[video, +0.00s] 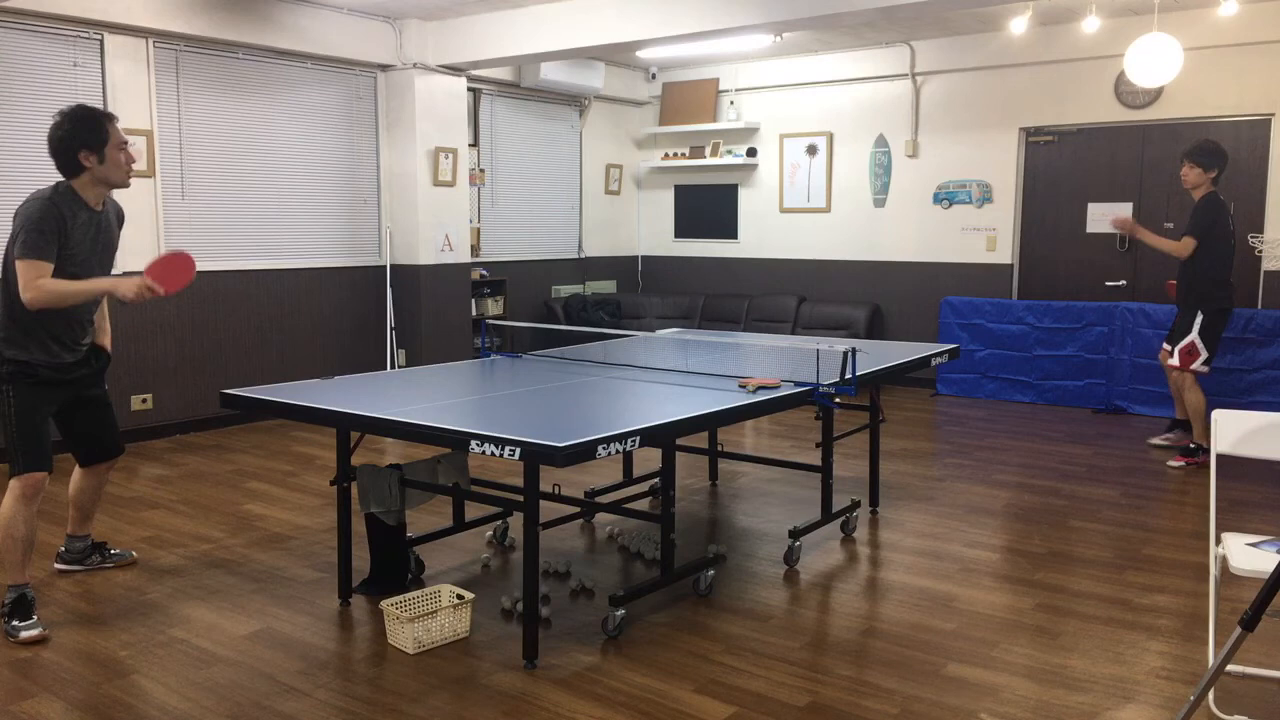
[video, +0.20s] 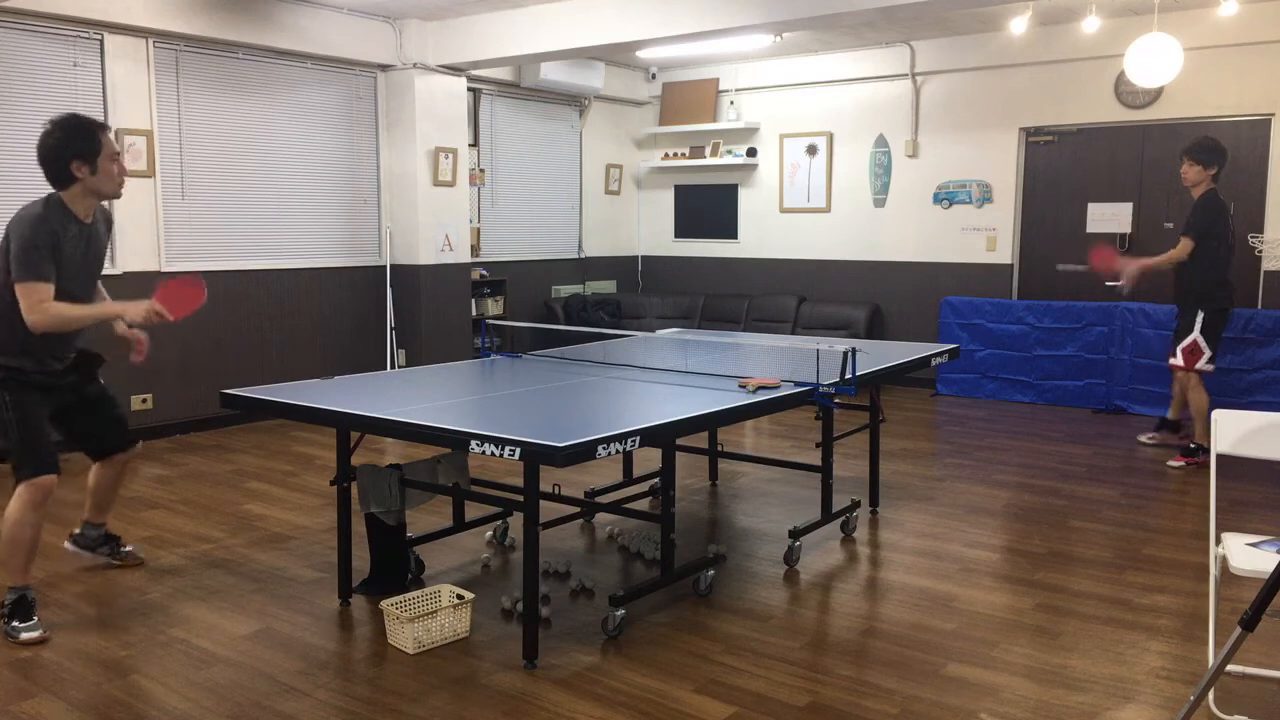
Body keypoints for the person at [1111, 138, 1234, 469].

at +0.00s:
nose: (1183, 172)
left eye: (1191, 167)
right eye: (1183, 166)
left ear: (1211, 173)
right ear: (1188, 170)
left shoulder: (1210, 205)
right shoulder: (1209, 204)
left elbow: (1184, 250)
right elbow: (1211, 258)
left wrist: (1137, 231)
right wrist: (1186, 287)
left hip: (1209, 303)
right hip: (1196, 300)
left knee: (1183, 371)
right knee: (1168, 357)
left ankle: (1202, 447)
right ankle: (1183, 427)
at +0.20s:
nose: (1183, 170)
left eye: (1190, 165)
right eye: (1183, 164)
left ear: (1209, 170)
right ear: (1198, 171)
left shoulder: (1208, 204)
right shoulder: (1209, 203)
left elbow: (1181, 252)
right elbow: (1188, 254)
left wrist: (1138, 264)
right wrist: (1147, 265)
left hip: (1206, 302)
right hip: (1197, 299)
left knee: (1190, 373)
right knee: (1180, 366)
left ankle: (1201, 446)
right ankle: (1173, 425)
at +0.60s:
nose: (1176, 178)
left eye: (1184, 173)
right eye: (1174, 172)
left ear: (1201, 180)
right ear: (1170, 176)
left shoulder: (1217, 215)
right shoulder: (1167, 219)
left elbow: (1231, 257)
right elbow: (1154, 266)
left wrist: (1186, 278)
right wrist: (1148, 253)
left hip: (1204, 305)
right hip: (1172, 301)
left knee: (1191, 373)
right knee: (1152, 366)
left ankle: (1201, 445)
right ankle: (1155, 423)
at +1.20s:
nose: (1203, 207)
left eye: (1210, 201)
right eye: (1198, 200)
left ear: (1223, 206)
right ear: (1192, 203)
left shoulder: (1237, 234)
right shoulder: (1177, 236)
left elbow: (1249, 262)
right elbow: (1150, 268)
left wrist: (1232, 285)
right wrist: (1173, 291)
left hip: (1219, 312)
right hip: (1179, 311)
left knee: (1238, 373)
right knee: (1165, 371)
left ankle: (1234, 428)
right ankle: (1155, 423)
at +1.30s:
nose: (1215, 212)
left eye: (1223, 206)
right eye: (1211, 204)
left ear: (1236, 212)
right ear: (1205, 207)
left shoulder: (1244, 237)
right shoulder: (1188, 239)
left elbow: (1253, 263)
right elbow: (1160, 282)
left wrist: (1240, 286)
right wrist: (1200, 297)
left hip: (1220, 311)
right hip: (1181, 310)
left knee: (1240, 374)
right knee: (1170, 371)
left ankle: (1233, 429)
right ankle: (1152, 423)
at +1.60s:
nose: (1210, 246)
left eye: (1217, 243)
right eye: (1209, 240)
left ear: (1225, 243)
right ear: (1200, 233)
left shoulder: (1227, 253)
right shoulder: (1180, 259)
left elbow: (1242, 277)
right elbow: (1172, 309)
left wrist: (1245, 295)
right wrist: (1222, 302)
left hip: (1203, 321)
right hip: (1167, 321)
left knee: (1235, 379)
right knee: (1157, 367)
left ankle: (1231, 435)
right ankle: (1130, 430)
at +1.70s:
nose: (1193, 257)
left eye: (1199, 254)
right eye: (1191, 251)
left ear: (1207, 252)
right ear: (1183, 244)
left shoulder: (1213, 261)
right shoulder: (1160, 263)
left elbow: (1228, 283)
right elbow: (1132, 308)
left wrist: (1237, 303)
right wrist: (1160, 329)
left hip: (1194, 325)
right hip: (1156, 323)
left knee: (1229, 386)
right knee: (1148, 369)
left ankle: (1228, 437)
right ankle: (1127, 431)